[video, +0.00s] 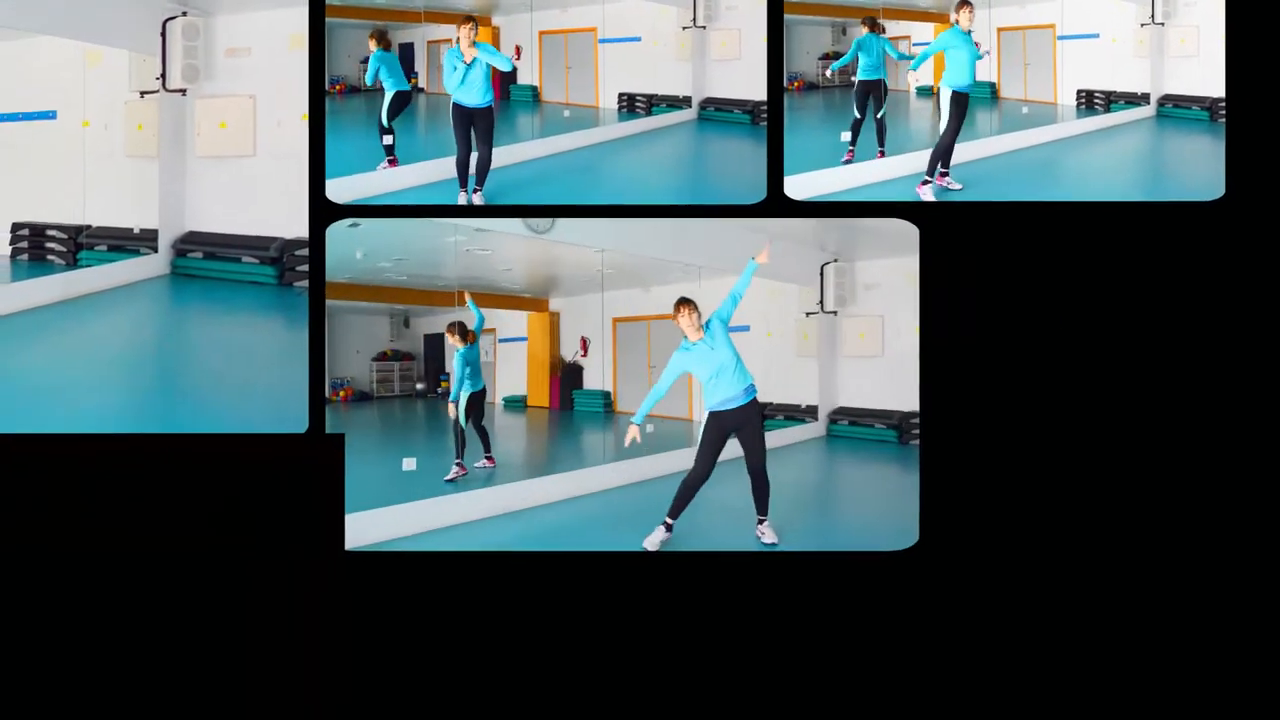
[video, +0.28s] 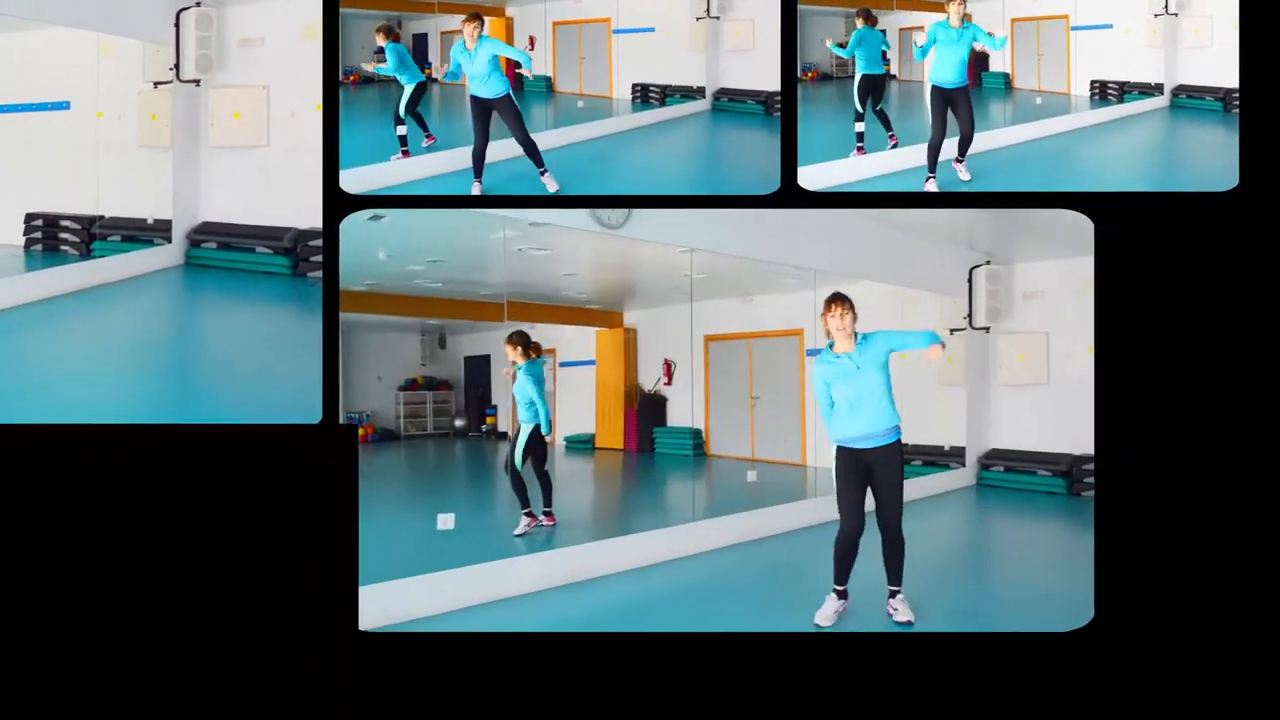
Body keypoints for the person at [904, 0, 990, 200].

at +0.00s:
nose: (971, 15)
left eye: (972, 12)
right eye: (967, 12)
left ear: (972, 16)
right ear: (956, 16)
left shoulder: (969, 38)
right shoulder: (949, 35)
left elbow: (969, 58)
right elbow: (928, 51)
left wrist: (981, 54)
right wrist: (913, 67)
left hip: (963, 91)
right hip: (950, 90)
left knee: (953, 133)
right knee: (948, 134)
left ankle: (943, 175)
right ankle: (926, 182)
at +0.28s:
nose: (959, 7)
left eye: (962, 4)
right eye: (955, 4)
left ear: (965, 8)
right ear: (948, 7)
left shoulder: (971, 29)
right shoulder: (936, 28)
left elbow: (995, 45)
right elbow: (920, 56)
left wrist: (1004, 36)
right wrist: (917, 46)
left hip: (960, 88)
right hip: (938, 88)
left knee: (968, 132)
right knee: (938, 134)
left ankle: (959, 162)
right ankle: (930, 178)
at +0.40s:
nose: (954, 5)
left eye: (957, 2)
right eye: (950, 2)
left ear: (962, 6)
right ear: (944, 5)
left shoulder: (969, 25)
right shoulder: (934, 26)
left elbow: (993, 44)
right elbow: (924, 56)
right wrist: (940, 34)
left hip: (961, 84)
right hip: (938, 85)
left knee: (972, 127)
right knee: (940, 130)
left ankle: (961, 163)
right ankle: (936, 174)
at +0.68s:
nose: (945, 19)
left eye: (949, 15)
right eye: (941, 15)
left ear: (954, 19)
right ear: (935, 18)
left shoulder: (962, 34)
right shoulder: (929, 40)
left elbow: (990, 49)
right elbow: (926, 73)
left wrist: (960, 47)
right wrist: (939, 54)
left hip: (967, 87)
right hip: (943, 88)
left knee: (979, 126)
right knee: (948, 131)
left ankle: (971, 168)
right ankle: (946, 172)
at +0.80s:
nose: (942, 20)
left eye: (946, 17)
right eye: (939, 16)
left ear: (952, 19)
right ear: (933, 17)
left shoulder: (961, 33)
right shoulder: (927, 38)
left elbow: (990, 45)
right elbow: (922, 65)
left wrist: (983, 59)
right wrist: (918, 64)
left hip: (970, 85)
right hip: (946, 87)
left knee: (990, 125)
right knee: (949, 130)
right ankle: (946, 172)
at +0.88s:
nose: (944, 18)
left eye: (948, 15)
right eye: (941, 13)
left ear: (953, 17)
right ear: (935, 14)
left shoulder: (962, 31)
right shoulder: (930, 36)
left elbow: (990, 41)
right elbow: (933, 60)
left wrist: (1010, 51)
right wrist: (915, 59)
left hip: (975, 83)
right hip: (952, 86)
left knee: (997, 124)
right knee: (953, 129)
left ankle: (1025, 160)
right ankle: (950, 170)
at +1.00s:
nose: (960, 11)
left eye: (964, 7)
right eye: (957, 7)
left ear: (971, 9)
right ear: (953, 10)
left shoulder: (980, 24)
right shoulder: (956, 26)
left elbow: (1012, 34)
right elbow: (965, 48)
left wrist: (1044, 42)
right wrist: (944, 46)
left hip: (997, 77)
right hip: (976, 79)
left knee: (1022, 113)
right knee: (969, 120)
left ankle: (1051, 148)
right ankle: (968, 158)